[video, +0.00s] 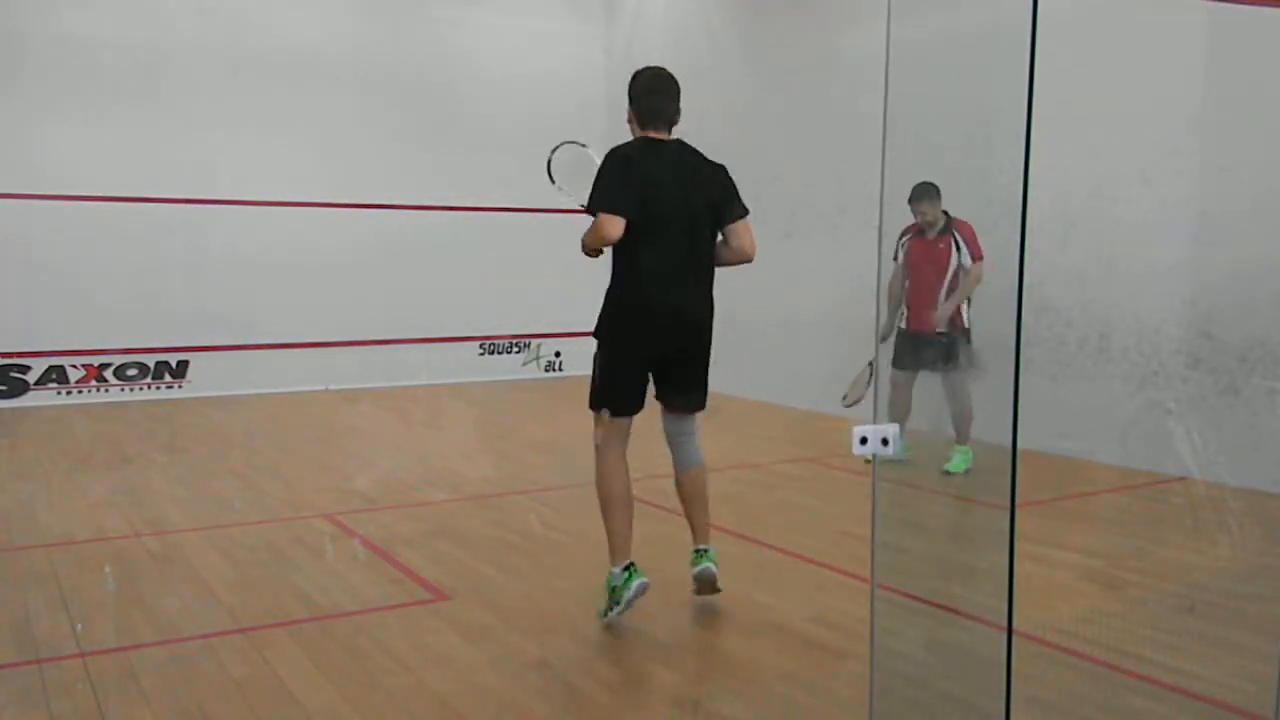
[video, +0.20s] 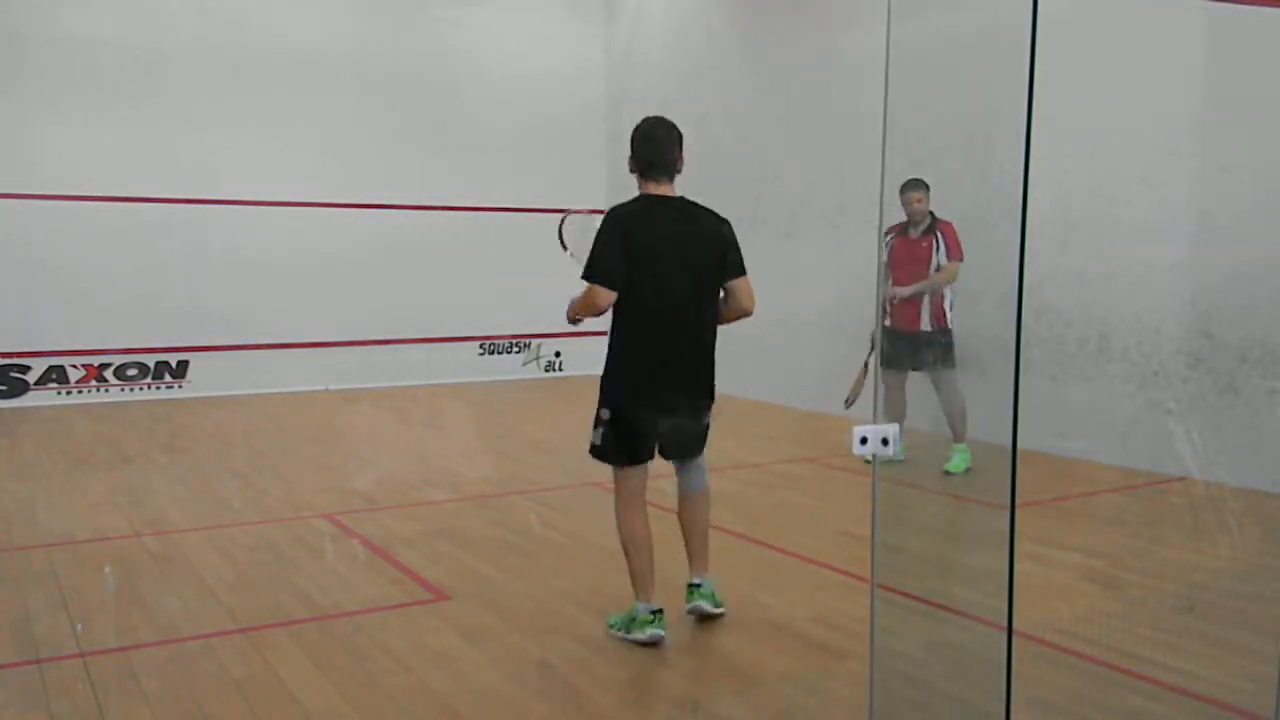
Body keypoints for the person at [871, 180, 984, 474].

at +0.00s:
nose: (922, 220)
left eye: (927, 214)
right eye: (917, 215)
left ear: (940, 207)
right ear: (912, 212)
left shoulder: (960, 232)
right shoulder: (908, 237)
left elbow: (974, 273)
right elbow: (898, 279)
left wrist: (949, 306)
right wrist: (889, 320)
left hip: (948, 330)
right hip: (912, 328)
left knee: (955, 386)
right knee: (899, 382)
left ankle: (962, 448)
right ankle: (895, 442)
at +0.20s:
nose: (914, 207)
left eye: (919, 202)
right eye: (909, 203)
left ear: (929, 202)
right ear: (902, 206)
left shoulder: (943, 231)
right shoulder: (892, 236)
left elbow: (951, 273)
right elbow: (886, 279)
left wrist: (908, 290)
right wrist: (881, 319)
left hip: (933, 328)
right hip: (897, 327)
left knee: (945, 384)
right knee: (892, 382)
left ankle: (960, 447)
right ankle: (894, 443)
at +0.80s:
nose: (895, 202)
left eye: (900, 197)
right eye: (890, 197)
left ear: (907, 200)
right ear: (881, 200)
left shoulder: (919, 234)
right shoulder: (867, 234)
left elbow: (937, 276)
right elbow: (856, 271)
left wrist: (948, 317)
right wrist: (848, 285)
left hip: (902, 321)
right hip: (870, 321)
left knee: (900, 377)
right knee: (881, 381)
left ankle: (919, 441)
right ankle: (886, 442)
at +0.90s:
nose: (893, 202)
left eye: (898, 197)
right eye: (888, 197)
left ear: (906, 201)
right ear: (880, 199)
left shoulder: (918, 233)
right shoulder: (866, 233)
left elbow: (935, 273)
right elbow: (856, 267)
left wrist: (943, 315)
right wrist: (847, 281)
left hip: (902, 322)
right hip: (870, 322)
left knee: (901, 376)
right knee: (881, 381)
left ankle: (919, 441)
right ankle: (885, 442)